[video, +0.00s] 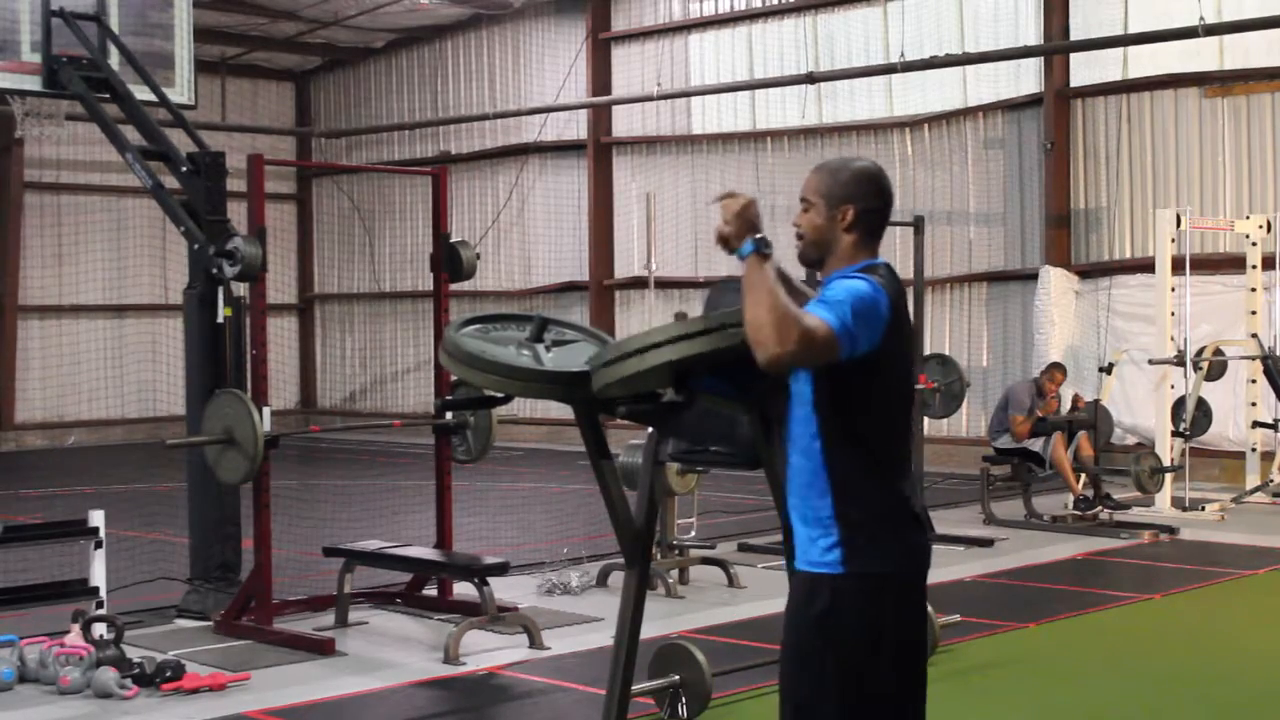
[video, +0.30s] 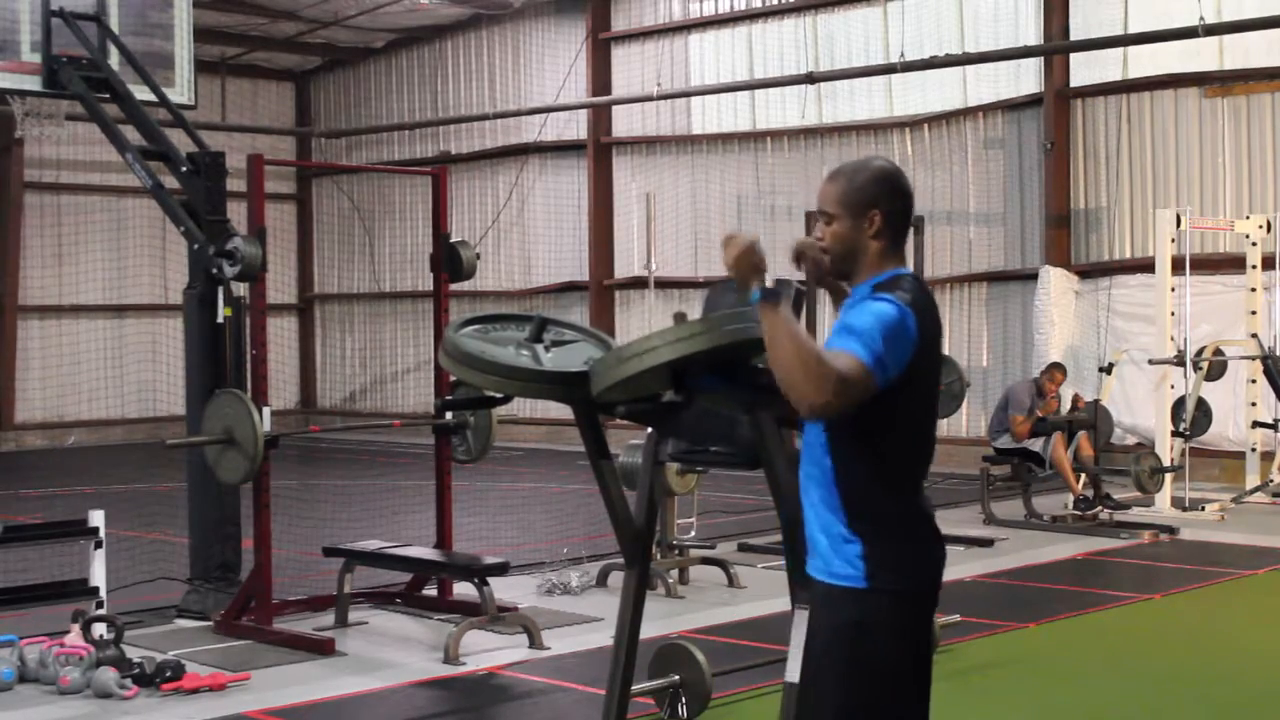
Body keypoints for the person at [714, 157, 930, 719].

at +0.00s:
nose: (796, 220)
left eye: (807, 208)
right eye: (799, 207)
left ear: (846, 219)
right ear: (849, 221)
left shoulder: (859, 292)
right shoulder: (856, 287)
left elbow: (779, 347)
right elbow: (810, 325)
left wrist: (749, 246)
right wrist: (761, 261)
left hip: (851, 565)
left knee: (829, 707)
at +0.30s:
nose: (816, 234)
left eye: (826, 220)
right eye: (816, 221)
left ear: (873, 226)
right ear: (877, 228)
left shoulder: (885, 309)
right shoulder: (897, 295)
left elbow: (819, 393)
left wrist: (758, 292)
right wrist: (836, 284)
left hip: (866, 577)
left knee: (842, 708)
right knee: (868, 707)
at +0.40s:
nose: (821, 240)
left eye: (830, 225)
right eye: (821, 226)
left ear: (877, 229)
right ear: (876, 231)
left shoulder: (899, 320)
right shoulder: (879, 309)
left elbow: (858, 433)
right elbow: (848, 417)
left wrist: (757, 356)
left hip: (884, 588)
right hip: (849, 578)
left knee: (878, 711)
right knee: (821, 707)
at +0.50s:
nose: (821, 238)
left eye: (832, 223)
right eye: (821, 223)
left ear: (880, 228)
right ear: (874, 231)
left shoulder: (911, 330)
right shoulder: (883, 315)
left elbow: (904, 473)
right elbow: (876, 447)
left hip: (899, 599)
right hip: (856, 589)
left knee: (893, 711)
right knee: (825, 707)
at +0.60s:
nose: (825, 232)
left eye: (836, 216)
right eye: (826, 217)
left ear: (884, 222)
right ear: (882, 224)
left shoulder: (917, 330)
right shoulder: (884, 313)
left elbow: (947, 477)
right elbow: (893, 457)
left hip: (906, 605)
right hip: (860, 595)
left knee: (901, 713)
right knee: (822, 709)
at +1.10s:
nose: (758, 243)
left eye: (768, 226)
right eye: (758, 227)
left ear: (817, 226)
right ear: (809, 228)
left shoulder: (893, 336)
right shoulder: (796, 318)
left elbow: (898, 487)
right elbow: (818, 468)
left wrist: (764, 519)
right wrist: (772, 561)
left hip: (872, 625)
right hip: (787, 603)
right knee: (735, 710)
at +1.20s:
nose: (712, 255)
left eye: (721, 236)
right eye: (712, 238)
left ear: (770, 232)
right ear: (766, 234)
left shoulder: (857, 333)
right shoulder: (752, 335)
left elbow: (878, 484)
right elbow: (783, 480)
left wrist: (750, 536)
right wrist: (734, 584)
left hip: (850, 629)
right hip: (759, 613)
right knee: (705, 709)